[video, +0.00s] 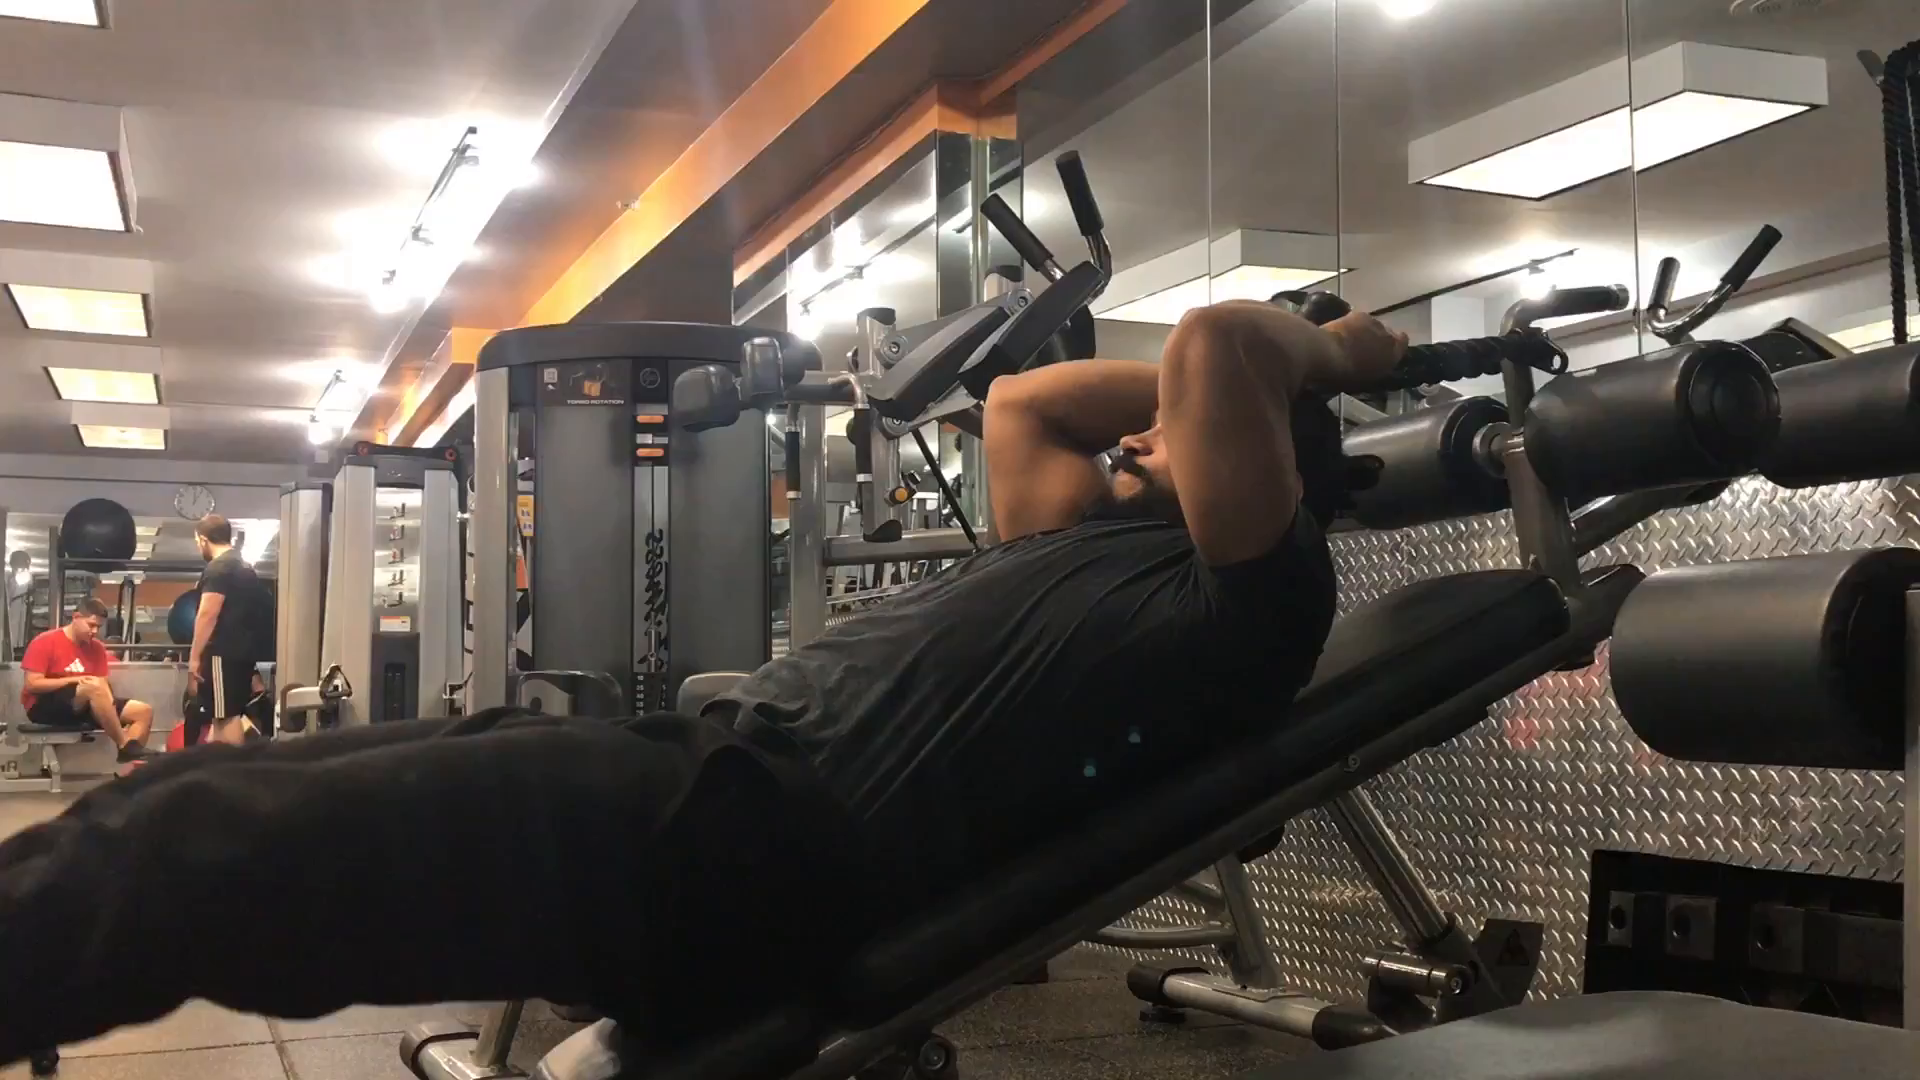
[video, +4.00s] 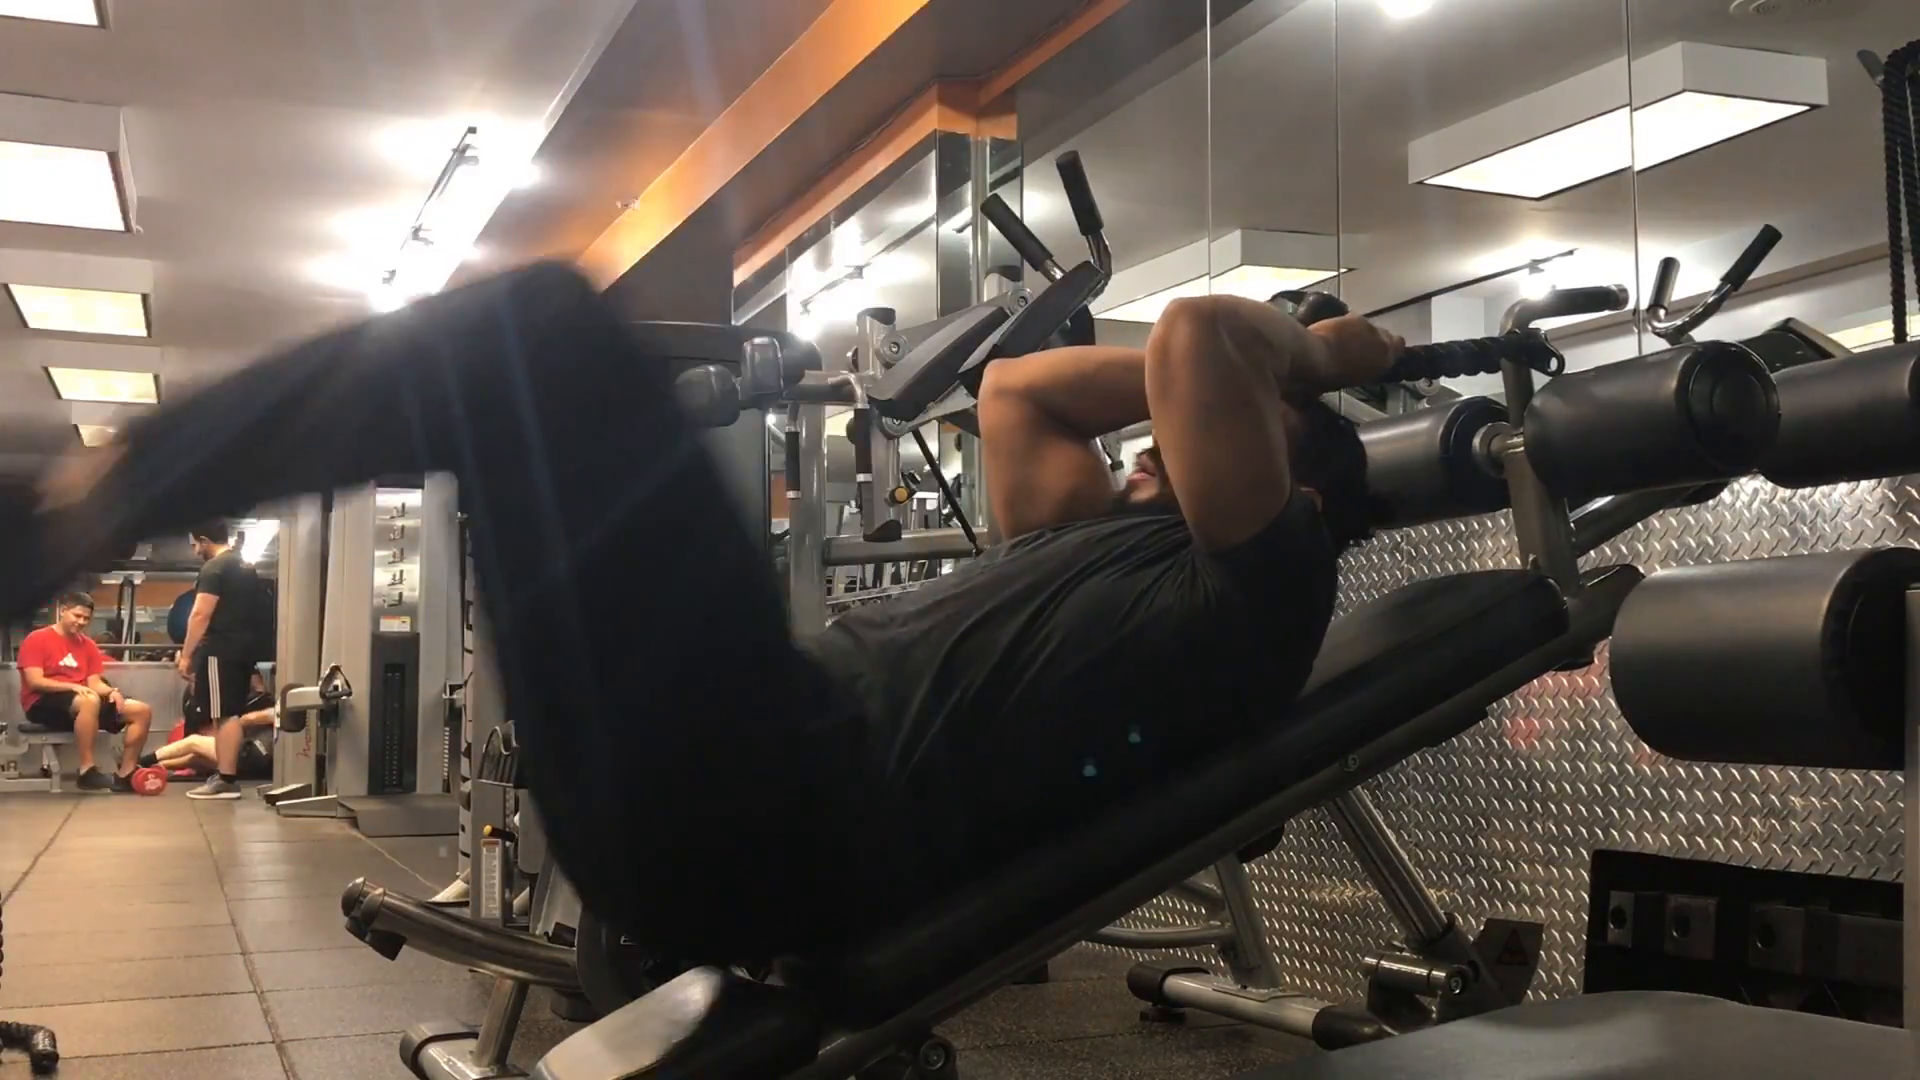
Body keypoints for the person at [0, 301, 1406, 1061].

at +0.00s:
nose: (1177, 451)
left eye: (1224, 436)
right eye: (1192, 437)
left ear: (1274, 478)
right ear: (1163, 471)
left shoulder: (1254, 612)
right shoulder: (1078, 564)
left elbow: (1213, 335)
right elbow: (1023, 407)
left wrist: (1334, 350)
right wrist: (1215, 402)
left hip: (744, 837)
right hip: (683, 760)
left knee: (180, 859)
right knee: (183, 810)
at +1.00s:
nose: (1303, 441)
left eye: (1327, 442)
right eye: (1313, 437)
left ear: (1353, 494)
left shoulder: (1321, 592)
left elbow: (1232, 342)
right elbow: (1046, 401)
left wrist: (1347, 333)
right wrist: (1236, 379)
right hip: (752, 526)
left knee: (1109, 142)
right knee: (1007, 183)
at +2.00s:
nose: (1208, 471)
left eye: (1246, 458)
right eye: (1231, 454)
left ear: (1290, 491)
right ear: (1236, 493)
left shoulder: (1261, 609)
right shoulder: (1112, 573)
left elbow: (1192, 328)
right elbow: (1026, 394)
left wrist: (1325, 338)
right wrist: (1236, 389)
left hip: (789, 820)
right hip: (748, 757)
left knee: (450, 377)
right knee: (451, 382)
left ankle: (33, 541)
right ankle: (50, 533)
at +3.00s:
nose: (1294, 437)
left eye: (1321, 444)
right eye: (1300, 431)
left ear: (1353, 524)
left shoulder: (1301, 576)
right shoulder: (1147, 570)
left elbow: (1206, 329)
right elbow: (1028, 394)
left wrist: (1326, 331)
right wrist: (1221, 382)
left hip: (781, 706)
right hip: (697, 684)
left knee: (966, 243)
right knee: (898, 309)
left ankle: (582, 59)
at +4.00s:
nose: (1197, 463)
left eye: (1235, 459)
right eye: (1216, 450)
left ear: (1279, 504)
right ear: (1209, 490)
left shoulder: (1245, 628)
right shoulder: (1088, 568)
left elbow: (1200, 322)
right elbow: (1025, 388)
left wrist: (1317, 349)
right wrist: (1243, 358)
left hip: (774, 859)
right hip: (715, 791)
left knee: (545, 332)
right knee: (539, 317)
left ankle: (97, 492)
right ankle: (110, 478)